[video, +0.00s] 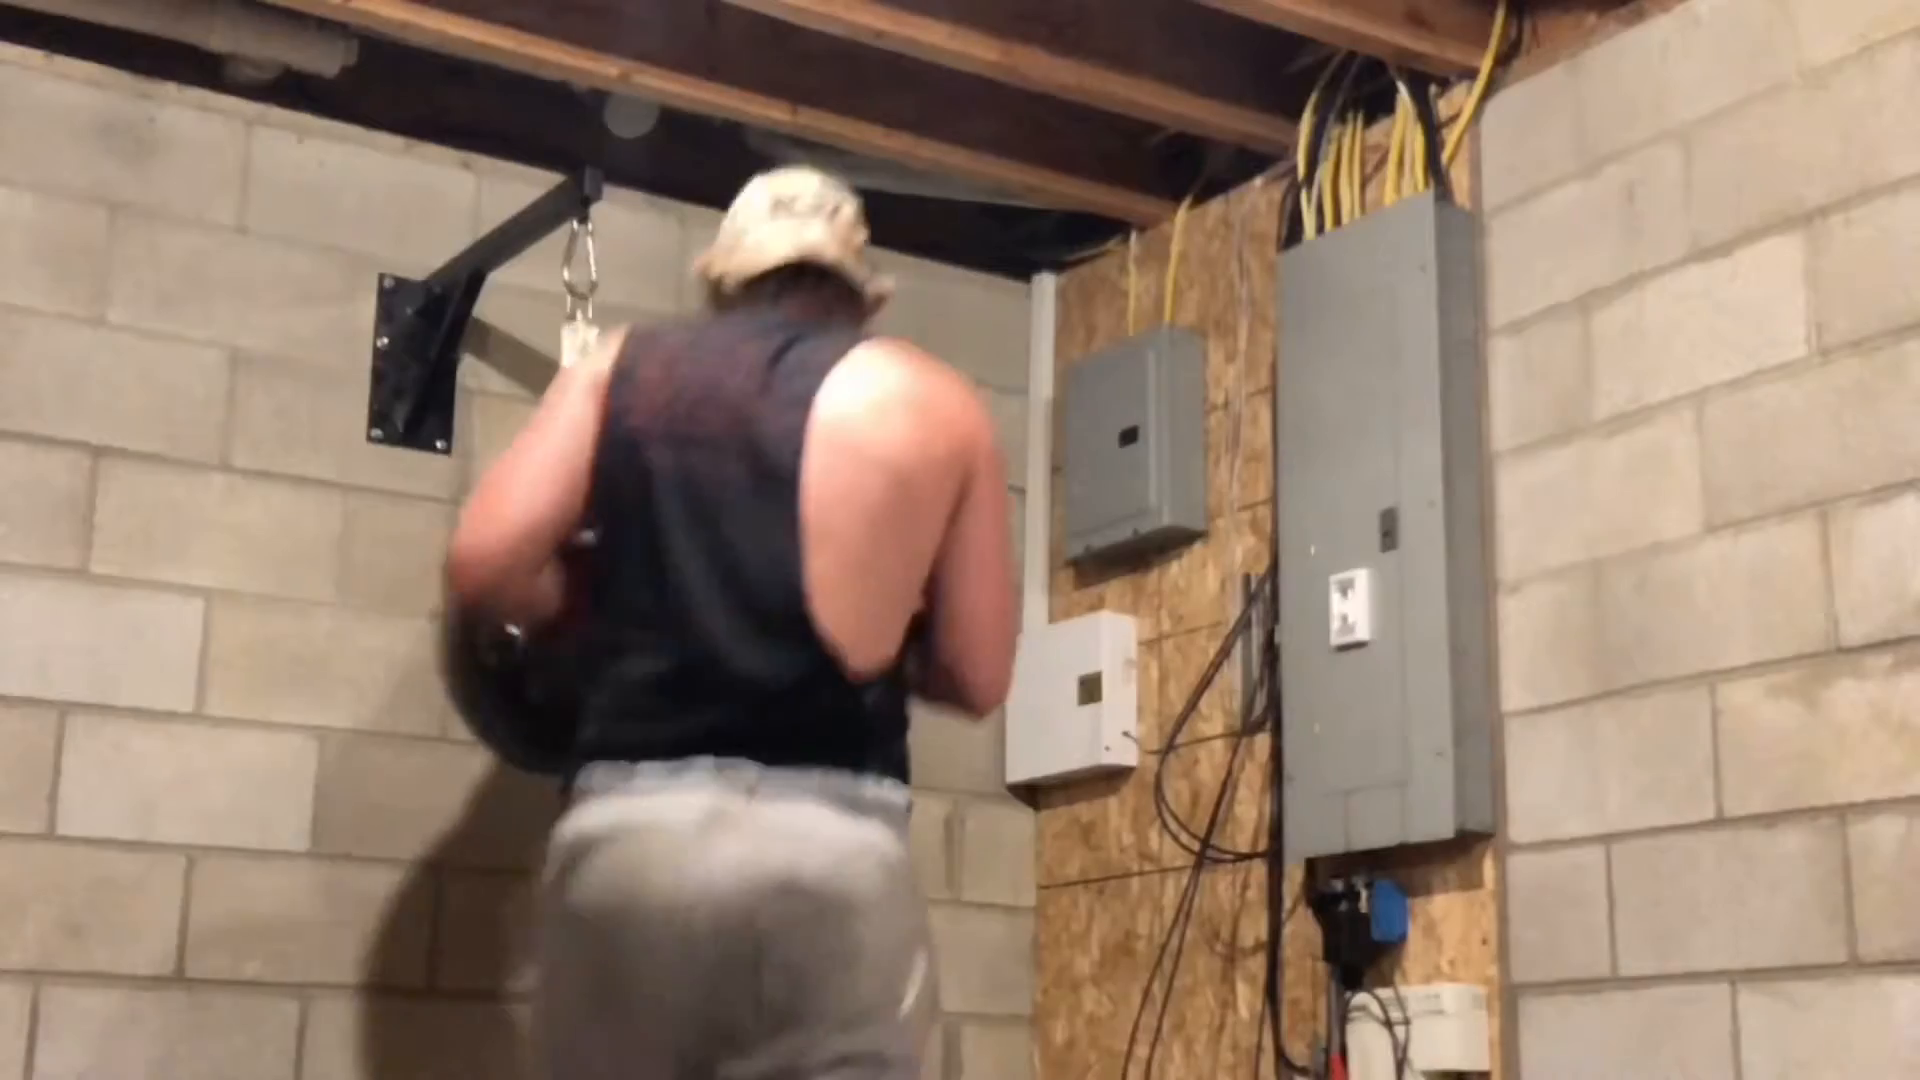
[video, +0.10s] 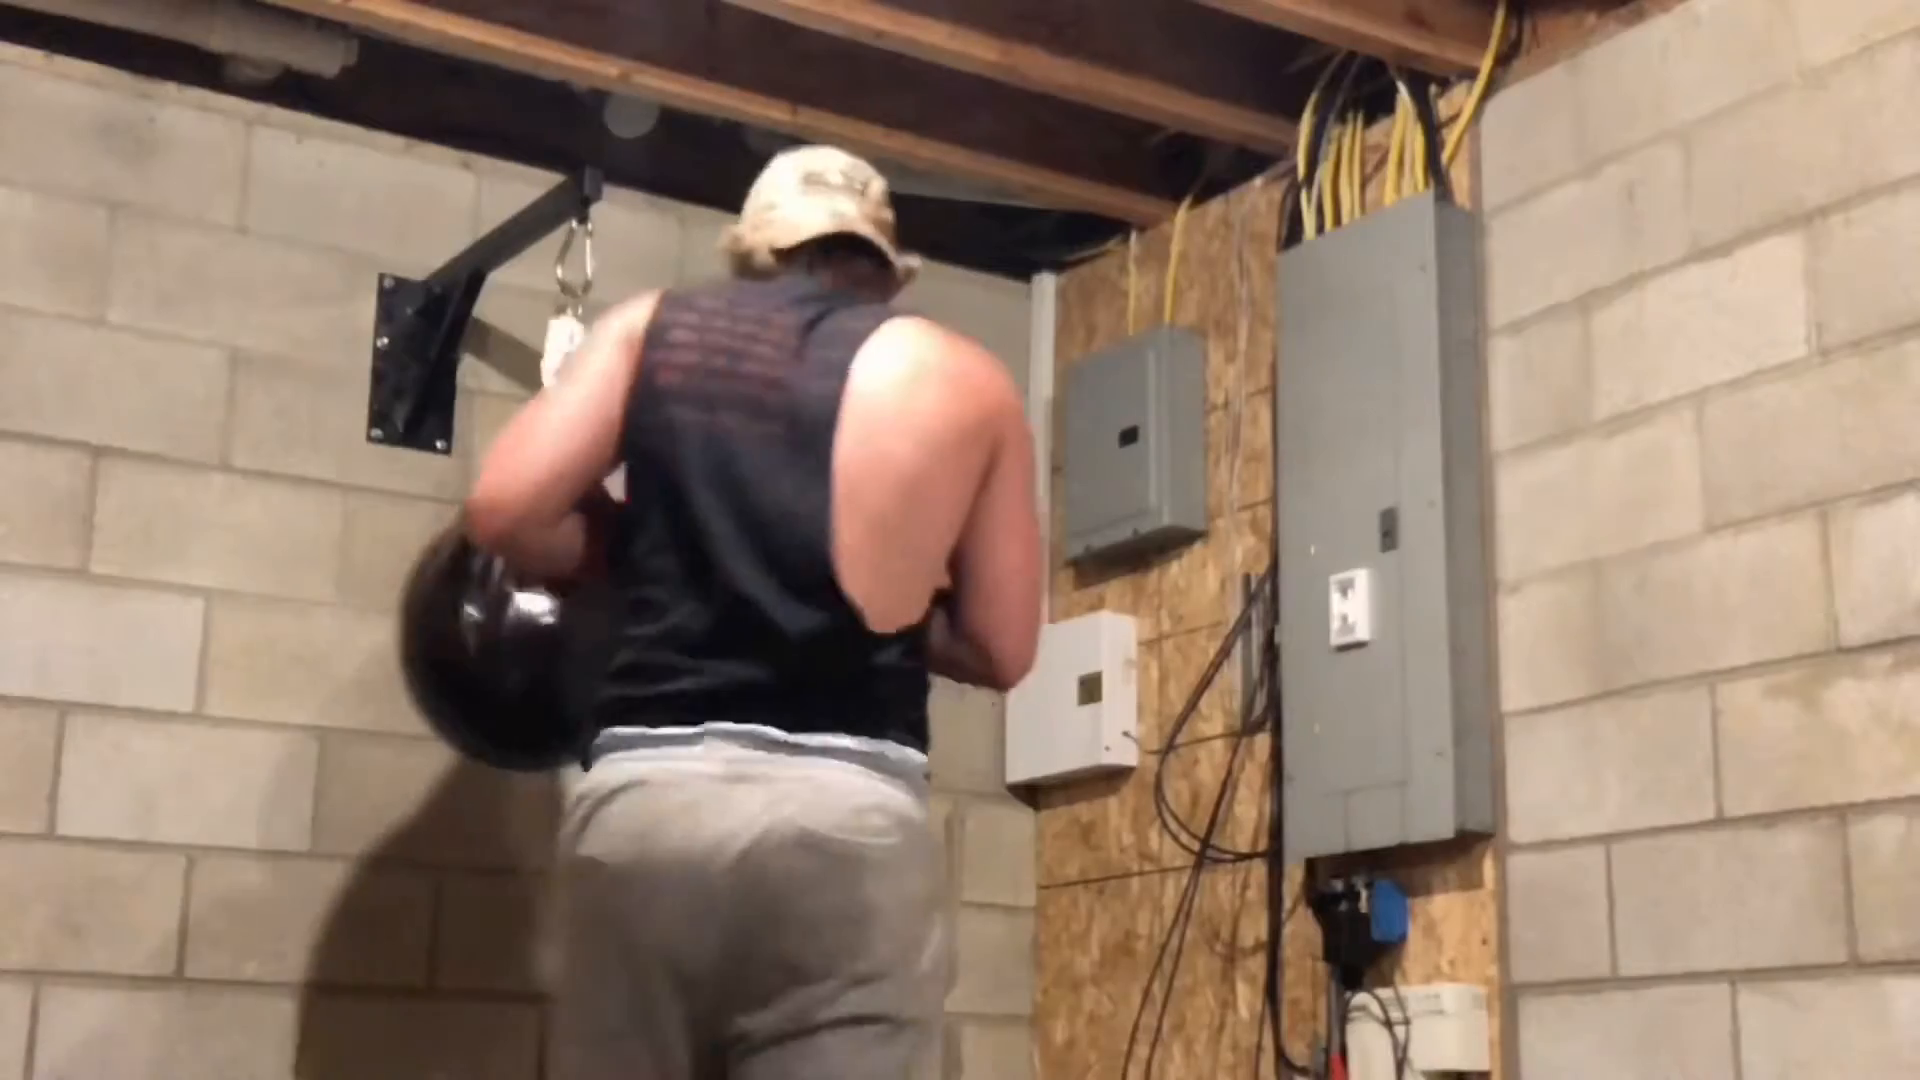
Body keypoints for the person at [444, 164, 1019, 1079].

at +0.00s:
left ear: (720, 277)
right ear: (862, 289)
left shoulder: (615, 366)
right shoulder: (942, 404)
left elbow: (485, 559)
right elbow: (976, 678)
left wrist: (606, 600)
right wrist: (863, 615)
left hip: (630, 830)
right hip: (841, 842)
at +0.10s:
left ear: (751, 251)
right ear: (887, 263)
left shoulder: (649, 327)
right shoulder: (972, 382)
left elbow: (505, 510)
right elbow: (999, 652)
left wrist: (636, 547)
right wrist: (870, 597)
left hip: (644, 803)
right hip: (856, 816)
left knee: (617, 1064)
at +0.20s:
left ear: (766, 271)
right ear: (905, 284)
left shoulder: (666, 350)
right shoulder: (988, 409)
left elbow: (507, 515)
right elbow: (1020, 680)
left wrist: (639, 566)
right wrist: (889, 622)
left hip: (671, 826)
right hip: (882, 834)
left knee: (658, 1064)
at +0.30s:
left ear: (772, 310)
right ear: (911, 323)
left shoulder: (671, 396)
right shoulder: (996, 442)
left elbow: (533, 575)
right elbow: (1031, 720)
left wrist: (661, 636)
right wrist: (889, 677)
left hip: (695, 873)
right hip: (903, 874)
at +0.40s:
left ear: (764, 321)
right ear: (906, 323)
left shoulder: (666, 427)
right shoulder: (998, 432)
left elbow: (588, 628)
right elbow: (1046, 696)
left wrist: (682, 689)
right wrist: (905, 700)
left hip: (723, 874)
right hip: (926, 867)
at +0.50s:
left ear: (754, 333)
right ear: (888, 319)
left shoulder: (663, 455)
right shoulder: (992, 405)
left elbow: (596, 667)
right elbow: (1079, 647)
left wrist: (714, 698)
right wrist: (945, 670)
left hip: (743, 865)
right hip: (936, 853)